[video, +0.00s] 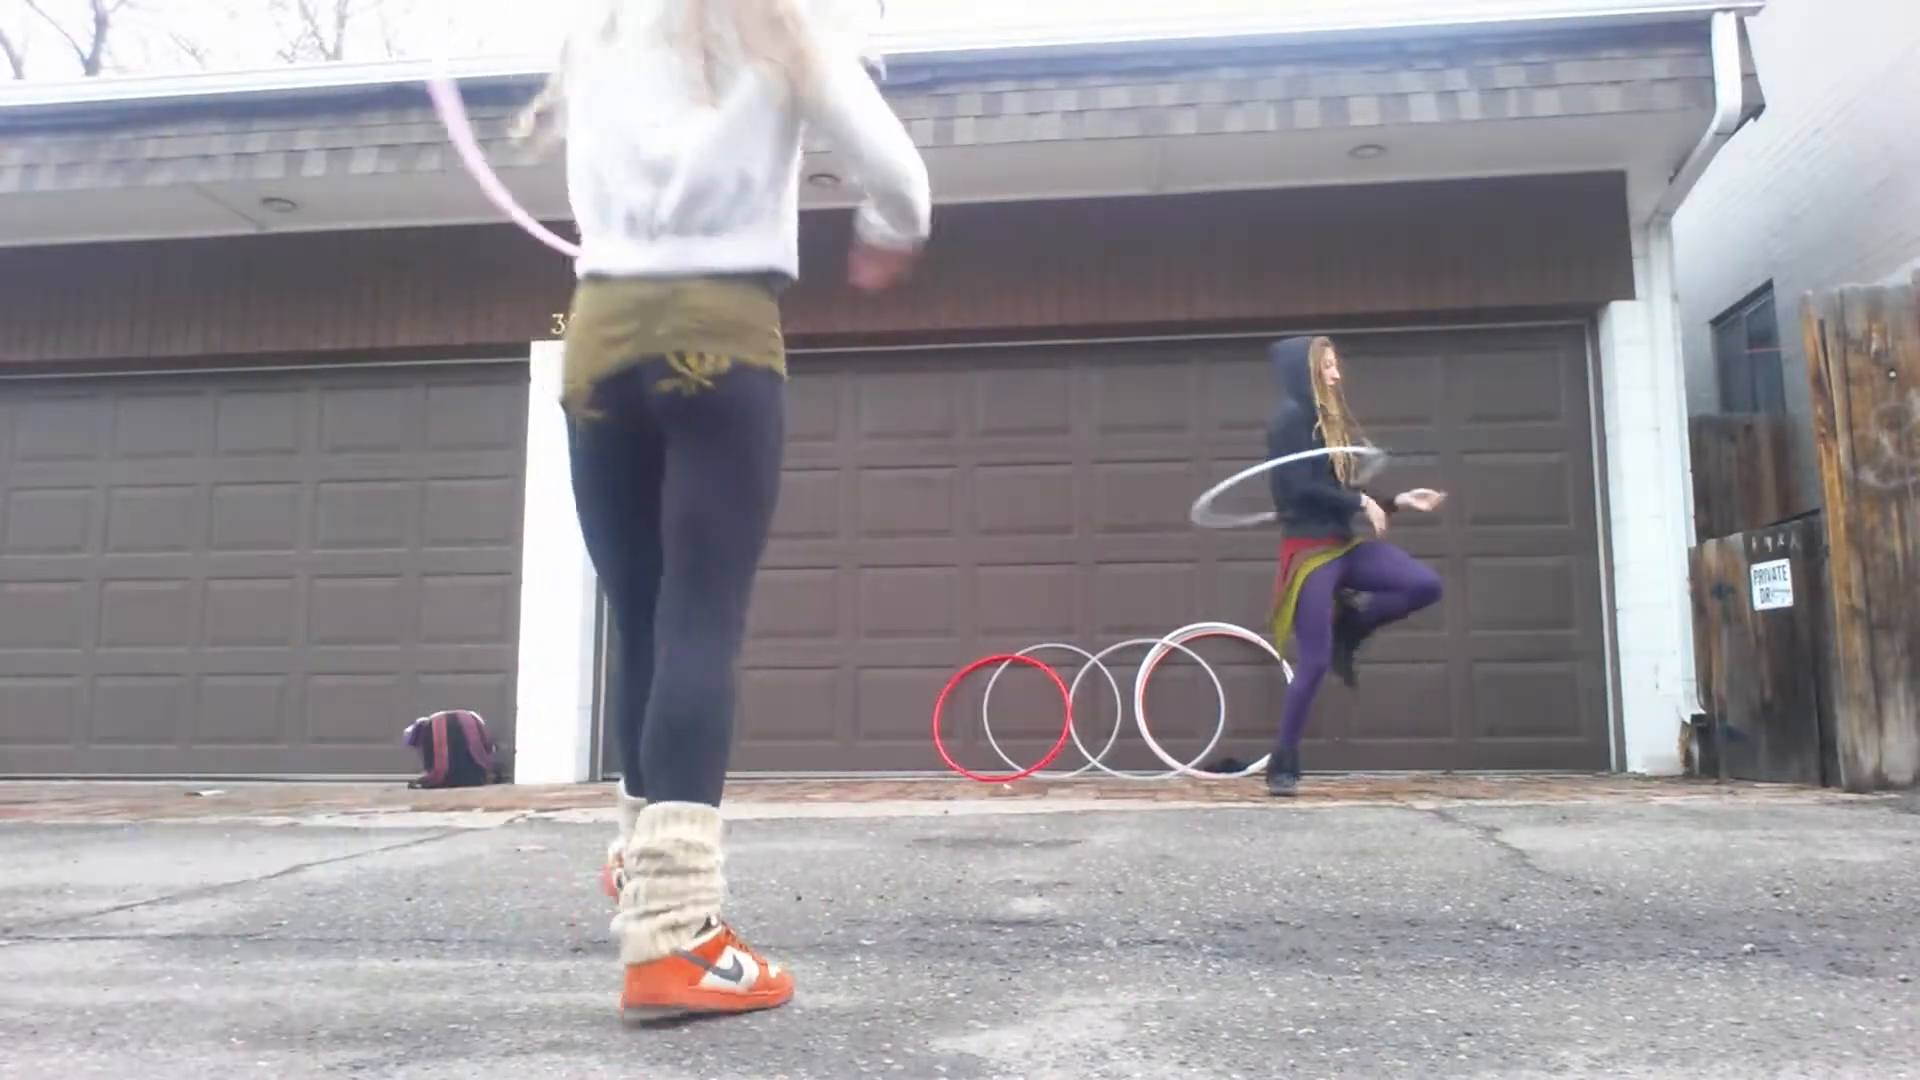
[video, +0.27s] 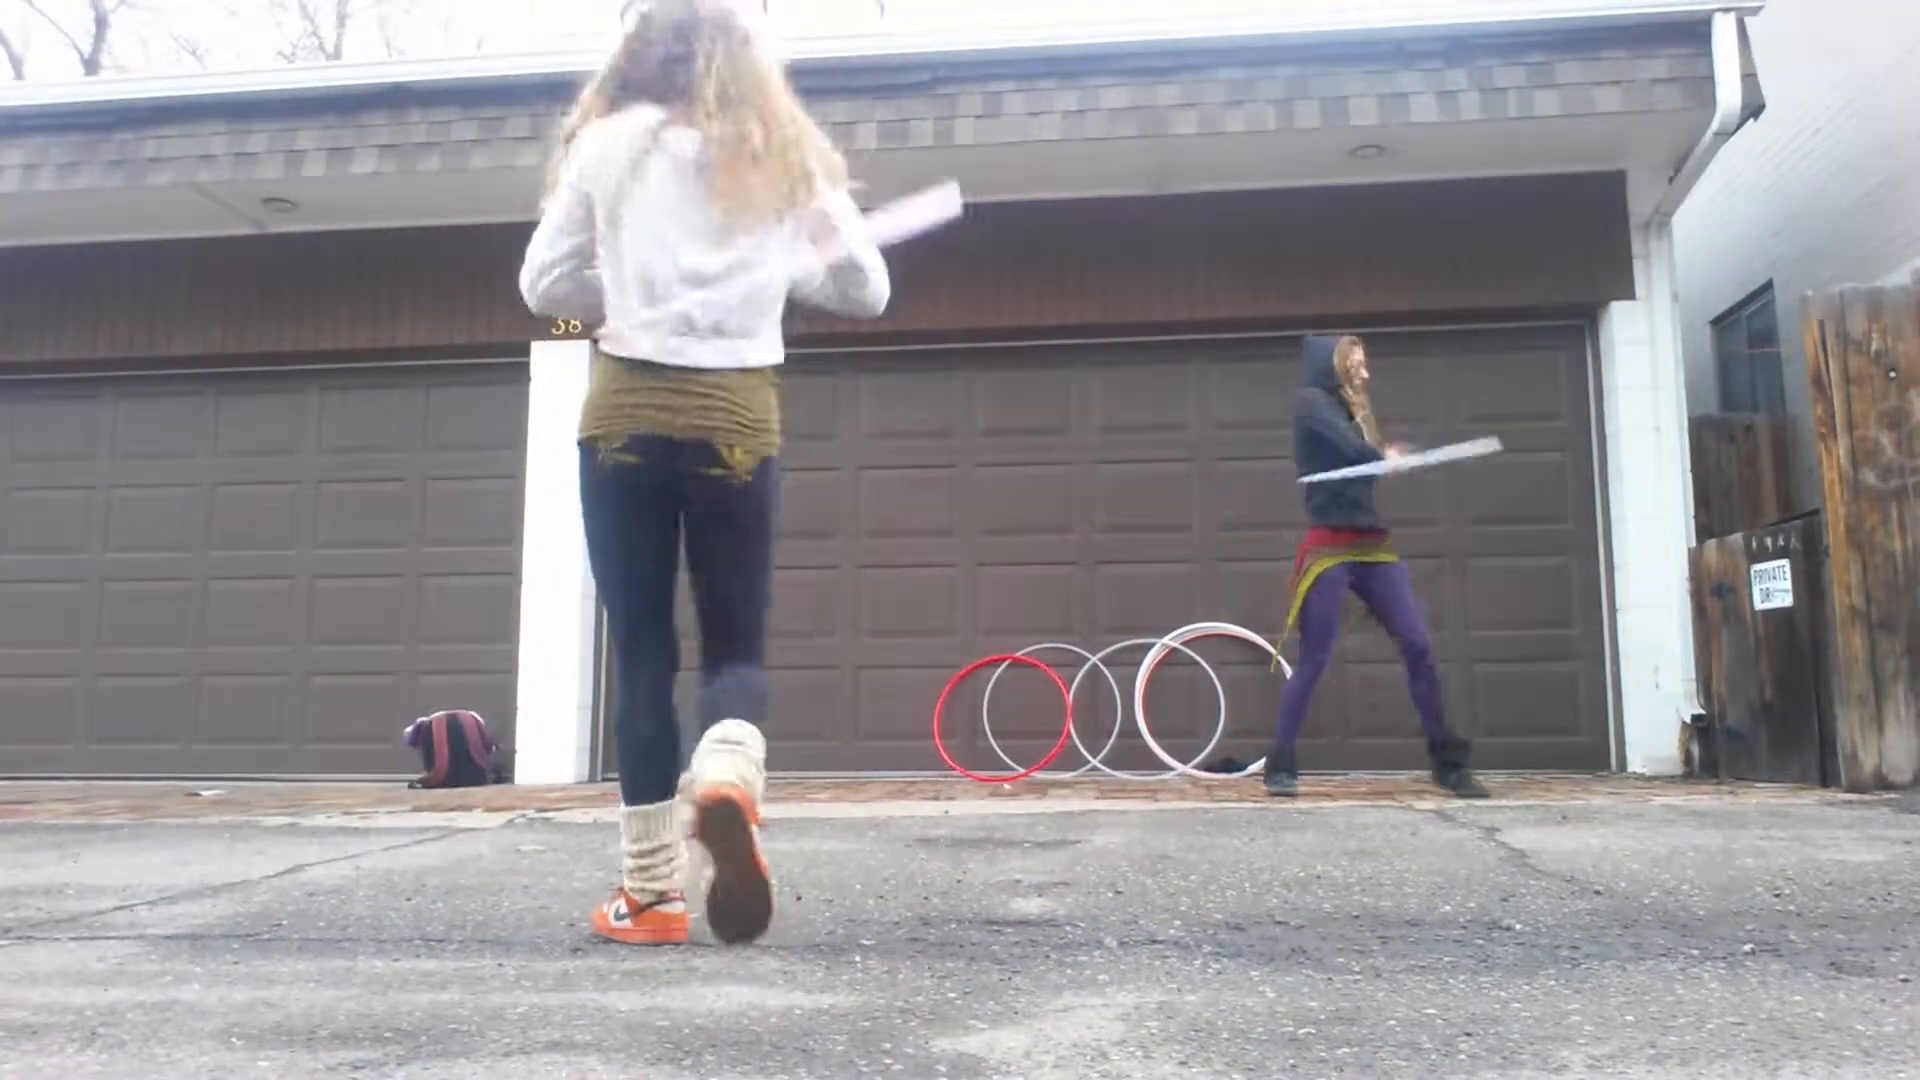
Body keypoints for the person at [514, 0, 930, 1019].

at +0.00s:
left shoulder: (594, 25)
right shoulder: (779, 18)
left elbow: (543, 125)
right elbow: (898, 175)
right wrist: (887, 232)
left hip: (600, 327)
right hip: (724, 322)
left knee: (639, 620)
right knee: (700, 622)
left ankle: (645, 855)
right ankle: (671, 938)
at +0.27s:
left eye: (627, 49)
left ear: (638, 57)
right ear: (746, 59)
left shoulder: (605, 143)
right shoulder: (786, 151)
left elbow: (547, 283)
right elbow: (865, 288)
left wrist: (629, 299)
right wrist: (769, 267)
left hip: (623, 422)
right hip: (738, 423)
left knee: (643, 655)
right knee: (734, 646)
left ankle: (653, 895)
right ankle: (728, 782)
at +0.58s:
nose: (664, 151)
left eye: (675, 135)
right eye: (666, 137)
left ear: (707, 138)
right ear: (734, 140)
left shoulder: (733, 197)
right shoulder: (726, 221)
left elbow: (754, 268)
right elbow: (717, 327)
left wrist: (634, 256)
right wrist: (641, 313)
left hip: (720, 450)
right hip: (743, 454)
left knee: (682, 653)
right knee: (698, 658)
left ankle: (665, 866)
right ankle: (757, 811)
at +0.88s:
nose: (728, 200)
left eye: (742, 188)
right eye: (722, 190)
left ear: (781, 196)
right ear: (716, 203)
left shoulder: (826, 270)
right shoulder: (702, 286)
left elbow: (899, 306)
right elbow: (619, 343)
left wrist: (975, 329)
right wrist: (608, 309)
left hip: (806, 482)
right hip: (725, 483)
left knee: (824, 655)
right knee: (745, 662)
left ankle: (860, 799)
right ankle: (766, 831)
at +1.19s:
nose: (878, 251)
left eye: (877, 238)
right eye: (869, 237)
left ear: (843, 245)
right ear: (832, 241)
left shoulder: (850, 329)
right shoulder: (769, 312)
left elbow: (893, 396)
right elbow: (680, 329)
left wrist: (964, 435)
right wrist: (760, 289)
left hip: (849, 503)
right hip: (810, 499)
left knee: (875, 651)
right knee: (810, 660)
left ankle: (871, 812)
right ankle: (777, 821)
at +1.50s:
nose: (916, 282)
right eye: (910, 272)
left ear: (844, 276)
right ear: (901, 276)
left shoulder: (812, 335)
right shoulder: (904, 333)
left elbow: (764, 401)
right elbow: (989, 374)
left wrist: (741, 455)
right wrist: (1082, 402)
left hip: (826, 494)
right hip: (893, 490)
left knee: (863, 658)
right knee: (930, 651)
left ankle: (865, 811)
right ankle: (929, 797)